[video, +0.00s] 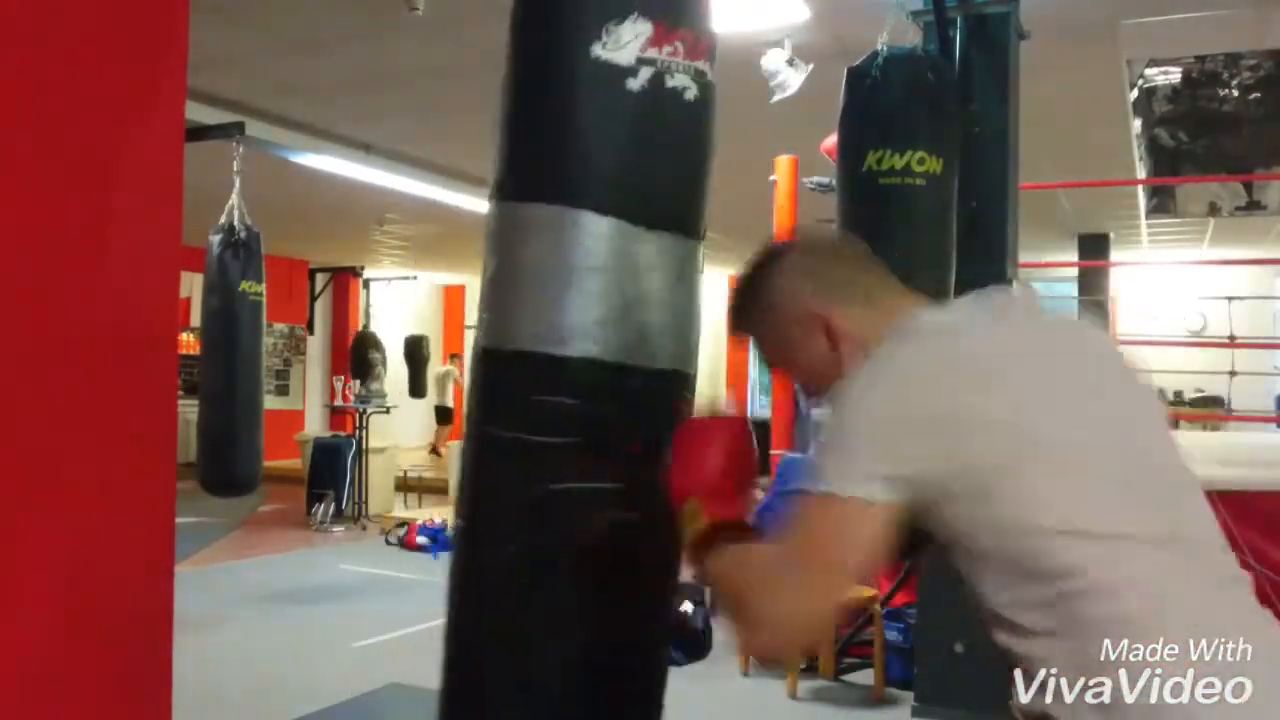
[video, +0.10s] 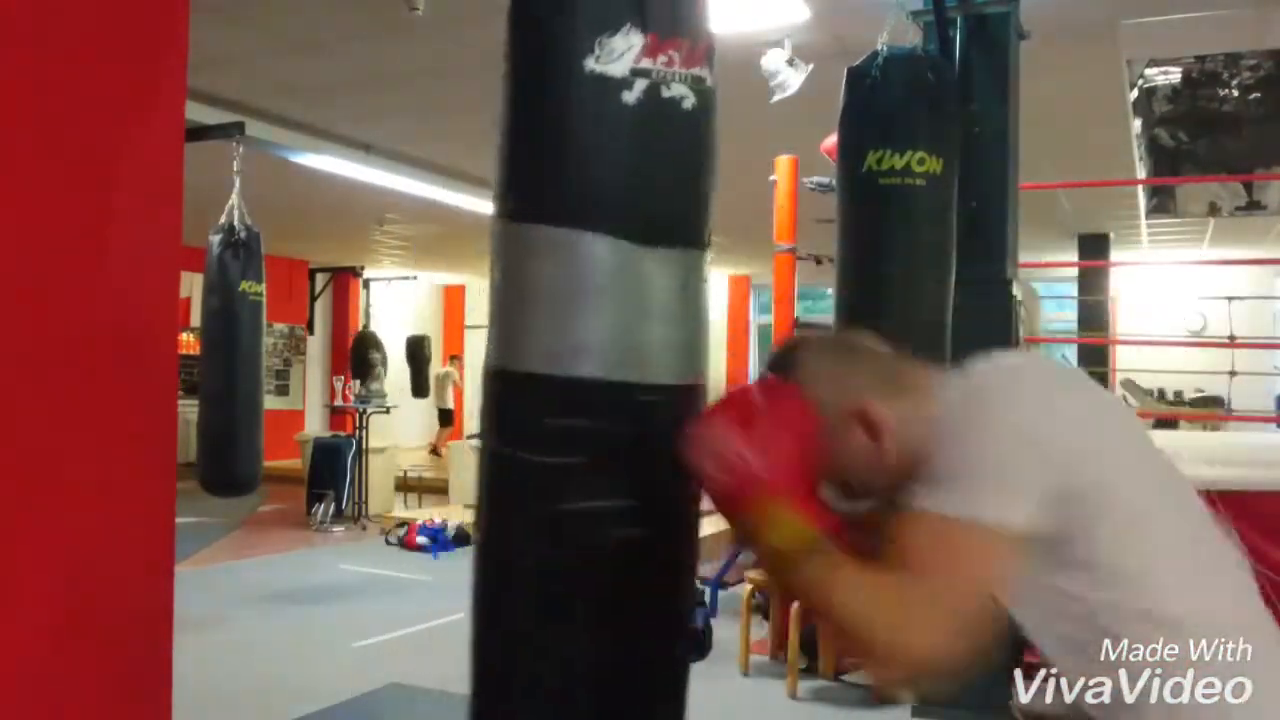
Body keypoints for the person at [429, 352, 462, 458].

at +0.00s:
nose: (458, 364)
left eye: (459, 362)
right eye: (458, 362)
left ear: (449, 360)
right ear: (454, 361)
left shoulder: (438, 370)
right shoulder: (453, 370)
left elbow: (437, 386)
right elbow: (460, 383)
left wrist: (440, 396)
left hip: (438, 402)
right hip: (448, 403)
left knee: (440, 425)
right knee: (448, 425)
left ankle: (435, 445)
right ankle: (438, 445)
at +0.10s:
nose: (459, 366)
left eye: (459, 363)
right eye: (459, 363)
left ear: (449, 362)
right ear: (455, 362)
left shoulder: (439, 372)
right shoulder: (452, 372)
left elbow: (437, 387)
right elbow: (459, 385)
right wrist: (459, 374)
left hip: (439, 403)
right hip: (448, 403)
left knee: (442, 426)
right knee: (449, 426)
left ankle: (435, 445)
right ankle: (438, 446)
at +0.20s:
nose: (458, 364)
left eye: (458, 362)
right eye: (458, 362)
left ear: (450, 360)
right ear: (456, 361)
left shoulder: (439, 371)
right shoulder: (452, 370)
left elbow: (438, 386)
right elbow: (459, 384)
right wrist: (460, 374)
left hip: (440, 402)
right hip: (448, 402)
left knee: (444, 424)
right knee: (449, 424)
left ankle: (437, 445)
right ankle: (437, 445)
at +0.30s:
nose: (459, 364)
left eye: (459, 361)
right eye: (458, 361)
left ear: (450, 359)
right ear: (456, 360)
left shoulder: (440, 369)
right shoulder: (452, 369)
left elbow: (439, 383)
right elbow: (459, 382)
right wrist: (460, 373)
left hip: (440, 400)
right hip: (448, 400)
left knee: (444, 423)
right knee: (449, 423)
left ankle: (436, 445)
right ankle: (437, 445)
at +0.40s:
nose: (461, 364)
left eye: (462, 362)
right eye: (461, 362)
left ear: (453, 360)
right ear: (458, 360)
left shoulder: (443, 370)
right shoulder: (454, 370)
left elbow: (441, 386)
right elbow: (460, 384)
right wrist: (462, 373)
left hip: (441, 401)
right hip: (449, 402)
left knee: (444, 424)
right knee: (451, 423)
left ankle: (435, 445)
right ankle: (436, 445)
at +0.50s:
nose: (462, 365)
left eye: (463, 363)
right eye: (462, 363)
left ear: (454, 361)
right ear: (458, 361)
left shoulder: (445, 371)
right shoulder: (455, 371)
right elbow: (461, 384)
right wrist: (463, 373)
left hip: (443, 402)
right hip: (450, 403)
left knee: (444, 426)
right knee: (451, 426)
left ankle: (436, 445)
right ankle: (437, 445)